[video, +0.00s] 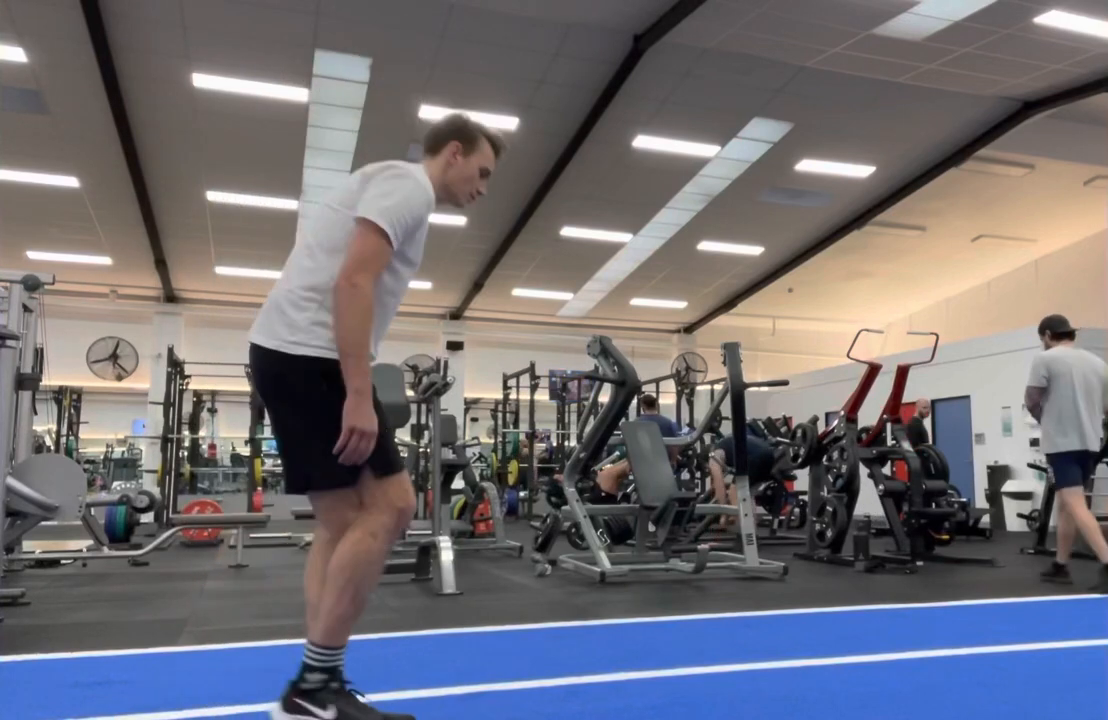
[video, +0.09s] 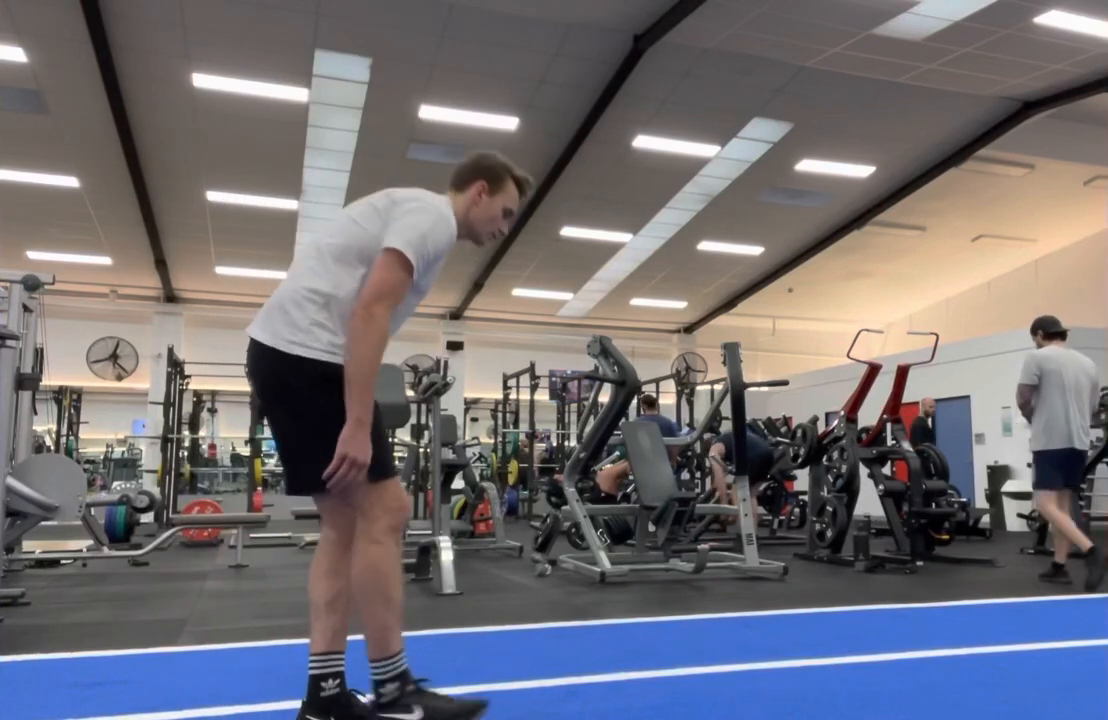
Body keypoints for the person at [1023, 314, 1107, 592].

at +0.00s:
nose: (1041, 343)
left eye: (1041, 339)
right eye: (1041, 339)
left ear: (1047, 336)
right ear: (1072, 335)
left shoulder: (1045, 359)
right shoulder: (1096, 362)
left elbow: (1031, 400)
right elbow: (1103, 401)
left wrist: (1048, 421)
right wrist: (1090, 420)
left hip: (1061, 441)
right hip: (1093, 441)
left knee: (1077, 506)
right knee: (1066, 505)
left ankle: (1105, 562)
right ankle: (1060, 565)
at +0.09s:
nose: (1033, 343)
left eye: (1033, 339)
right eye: (1033, 339)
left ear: (1039, 336)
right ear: (1063, 336)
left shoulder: (1036, 357)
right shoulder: (1087, 363)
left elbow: (1023, 399)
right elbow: (1094, 407)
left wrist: (1036, 420)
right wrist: (1076, 422)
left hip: (1049, 440)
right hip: (1079, 441)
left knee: (1045, 503)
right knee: (1064, 503)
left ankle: (1089, 549)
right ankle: (1058, 565)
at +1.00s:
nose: (939, 388)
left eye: (938, 384)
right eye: (938, 385)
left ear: (942, 376)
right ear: (956, 371)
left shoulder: (951, 391)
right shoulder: (978, 380)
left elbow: (951, 436)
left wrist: (949, 466)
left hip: (991, 443)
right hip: (1014, 439)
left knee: (979, 500)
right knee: (995, 498)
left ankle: (988, 559)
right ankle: (992, 555)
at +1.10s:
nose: (933, 396)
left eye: (931, 392)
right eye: (931, 393)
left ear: (937, 384)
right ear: (949, 379)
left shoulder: (946, 398)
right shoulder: (970, 387)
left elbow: (948, 441)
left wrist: (946, 472)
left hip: (991, 444)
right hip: (1012, 441)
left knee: (975, 500)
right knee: (992, 500)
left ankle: (988, 558)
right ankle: (984, 551)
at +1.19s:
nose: (928, 405)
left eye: (927, 400)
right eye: (926, 402)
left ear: (931, 392)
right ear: (942, 388)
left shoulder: (943, 404)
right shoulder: (963, 394)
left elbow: (945, 446)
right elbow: (987, 430)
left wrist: (944, 478)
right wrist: (974, 463)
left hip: (993, 444)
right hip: (1010, 441)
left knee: (974, 498)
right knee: (985, 498)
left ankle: (988, 558)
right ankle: (982, 552)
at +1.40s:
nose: (921, 416)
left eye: (919, 411)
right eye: (919, 413)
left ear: (923, 403)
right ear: (932, 398)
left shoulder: (938, 410)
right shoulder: (956, 405)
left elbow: (943, 451)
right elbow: (966, 456)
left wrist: (942, 481)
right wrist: (949, 480)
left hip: (994, 444)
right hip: (1007, 440)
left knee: (973, 497)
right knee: (980, 500)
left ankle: (987, 555)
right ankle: (983, 552)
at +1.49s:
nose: (920, 418)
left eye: (917, 414)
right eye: (917, 416)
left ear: (921, 406)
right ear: (928, 402)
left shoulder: (938, 411)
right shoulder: (952, 406)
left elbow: (944, 453)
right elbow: (962, 456)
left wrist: (944, 482)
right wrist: (947, 480)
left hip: (995, 442)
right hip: (1007, 439)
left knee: (976, 497)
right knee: (980, 499)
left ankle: (997, 555)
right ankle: (981, 554)